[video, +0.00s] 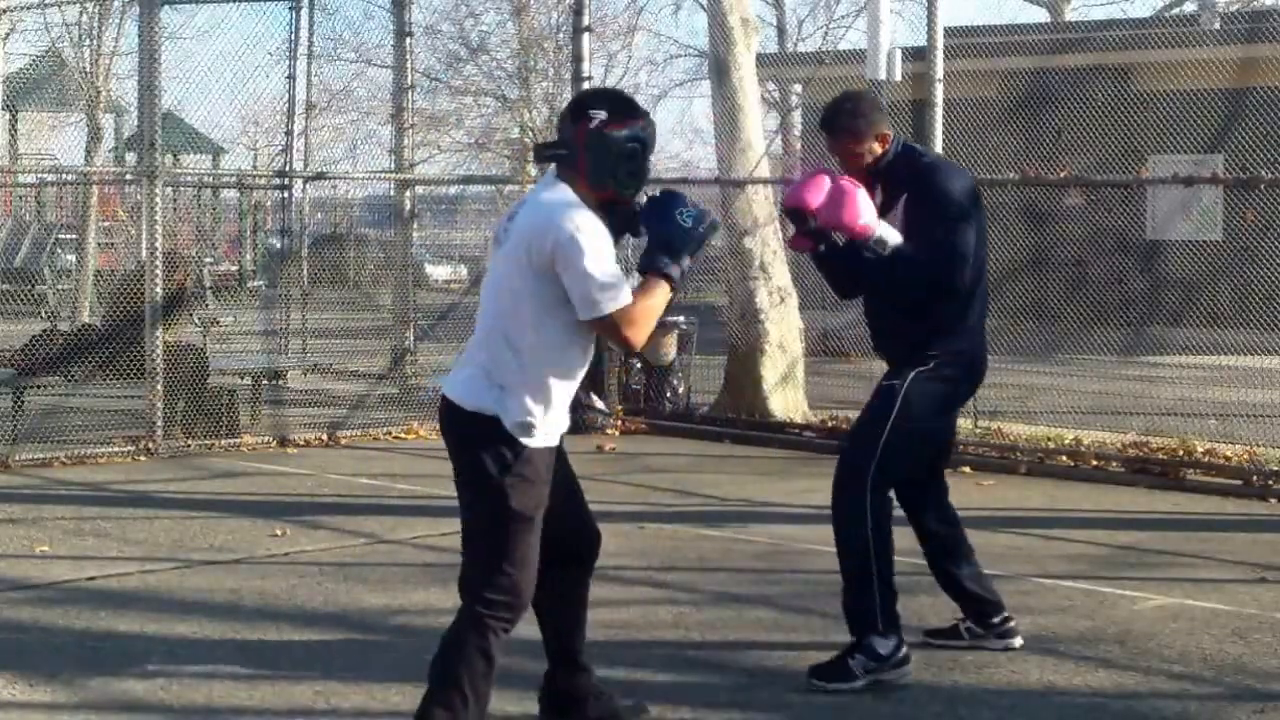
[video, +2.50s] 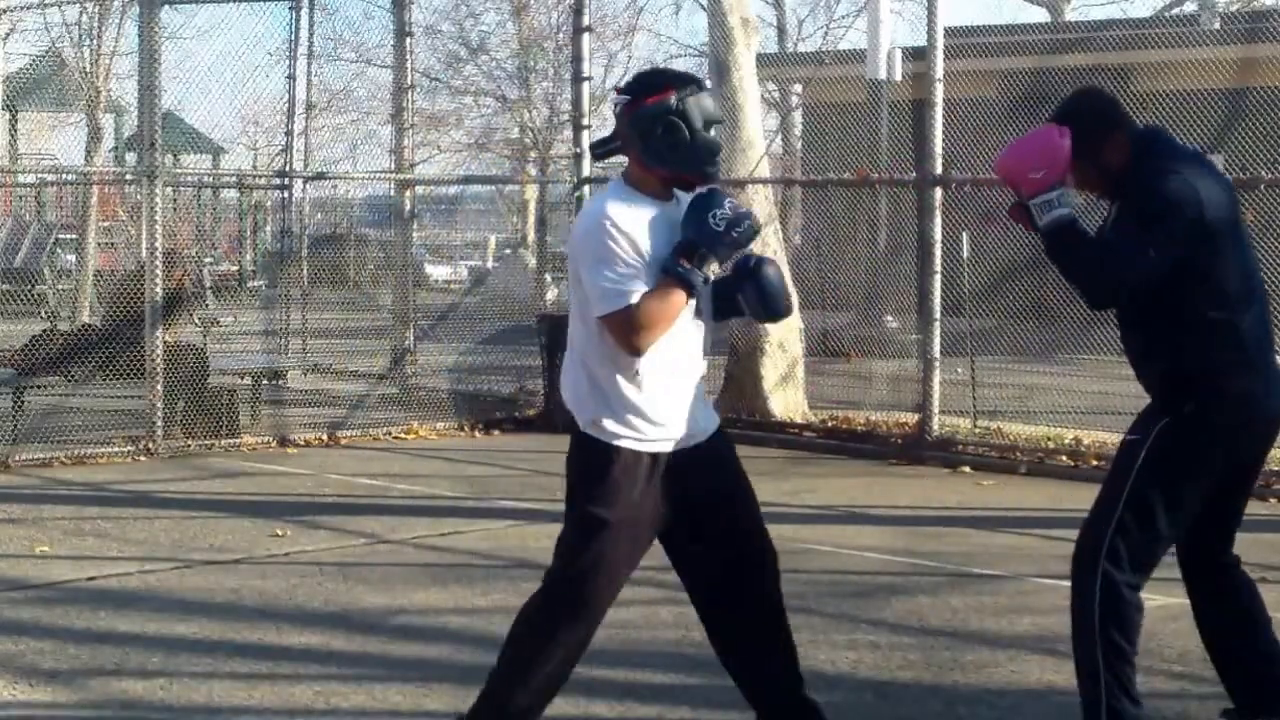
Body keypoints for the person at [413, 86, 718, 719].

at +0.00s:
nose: (635, 161)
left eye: (642, 147)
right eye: (622, 146)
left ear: (574, 150)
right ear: (580, 147)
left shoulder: (547, 206)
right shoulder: (569, 222)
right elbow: (631, 327)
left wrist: (625, 242)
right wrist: (668, 261)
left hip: (524, 419)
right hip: (500, 424)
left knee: (573, 544)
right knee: (498, 597)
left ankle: (570, 690)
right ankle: (446, 712)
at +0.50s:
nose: (635, 145)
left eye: (632, 134)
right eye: (630, 134)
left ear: (561, 142)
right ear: (617, 138)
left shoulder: (532, 211)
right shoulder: (624, 195)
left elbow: (534, 306)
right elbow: (718, 258)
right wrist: (718, 193)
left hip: (514, 386)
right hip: (567, 394)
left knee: (599, 533)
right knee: (546, 559)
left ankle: (591, 695)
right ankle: (459, 705)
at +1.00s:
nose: (613, 136)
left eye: (610, 123)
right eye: (604, 125)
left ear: (543, 138)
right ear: (593, 133)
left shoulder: (513, 212)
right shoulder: (599, 192)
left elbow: (533, 301)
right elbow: (669, 287)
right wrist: (682, 207)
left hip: (510, 385)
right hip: (545, 389)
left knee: (589, 536)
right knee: (544, 572)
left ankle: (586, 696)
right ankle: (461, 710)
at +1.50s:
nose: (538, 180)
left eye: (538, 167)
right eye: (528, 167)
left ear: (495, 164)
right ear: (489, 164)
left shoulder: (498, 227)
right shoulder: (423, 226)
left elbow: (483, 345)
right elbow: (427, 343)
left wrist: (550, 373)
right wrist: (517, 301)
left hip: (480, 422)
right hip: (410, 430)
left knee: (556, 548)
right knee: (419, 587)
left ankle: (567, 696)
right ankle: (368, 712)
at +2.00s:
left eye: (582, 106)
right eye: (574, 107)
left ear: (513, 112)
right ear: (558, 117)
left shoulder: (550, 194)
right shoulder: (485, 187)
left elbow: (568, 302)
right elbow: (500, 299)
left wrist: (622, 259)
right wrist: (576, 245)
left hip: (540, 407)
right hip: (483, 405)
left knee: (546, 555)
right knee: (491, 564)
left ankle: (519, 701)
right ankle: (448, 708)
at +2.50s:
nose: (685, 176)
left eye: (689, 163)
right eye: (673, 159)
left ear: (656, 151)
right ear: (649, 154)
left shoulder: (685, 208)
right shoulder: (605, 221)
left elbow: (676, 305)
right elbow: (633, 333)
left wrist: (735, 297)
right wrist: (695, 259)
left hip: (693, 435)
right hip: (621, 445)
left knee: (746, 585)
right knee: (574, 604)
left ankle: (789, 711)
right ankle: (495, 714)